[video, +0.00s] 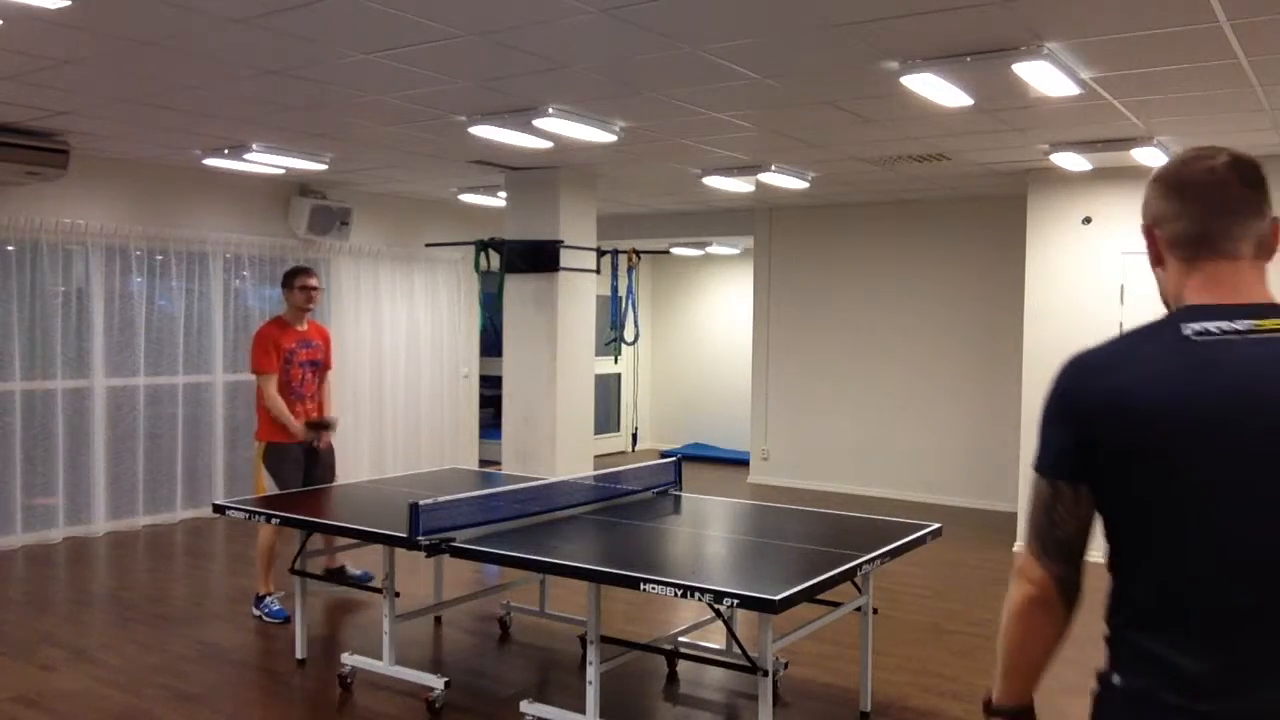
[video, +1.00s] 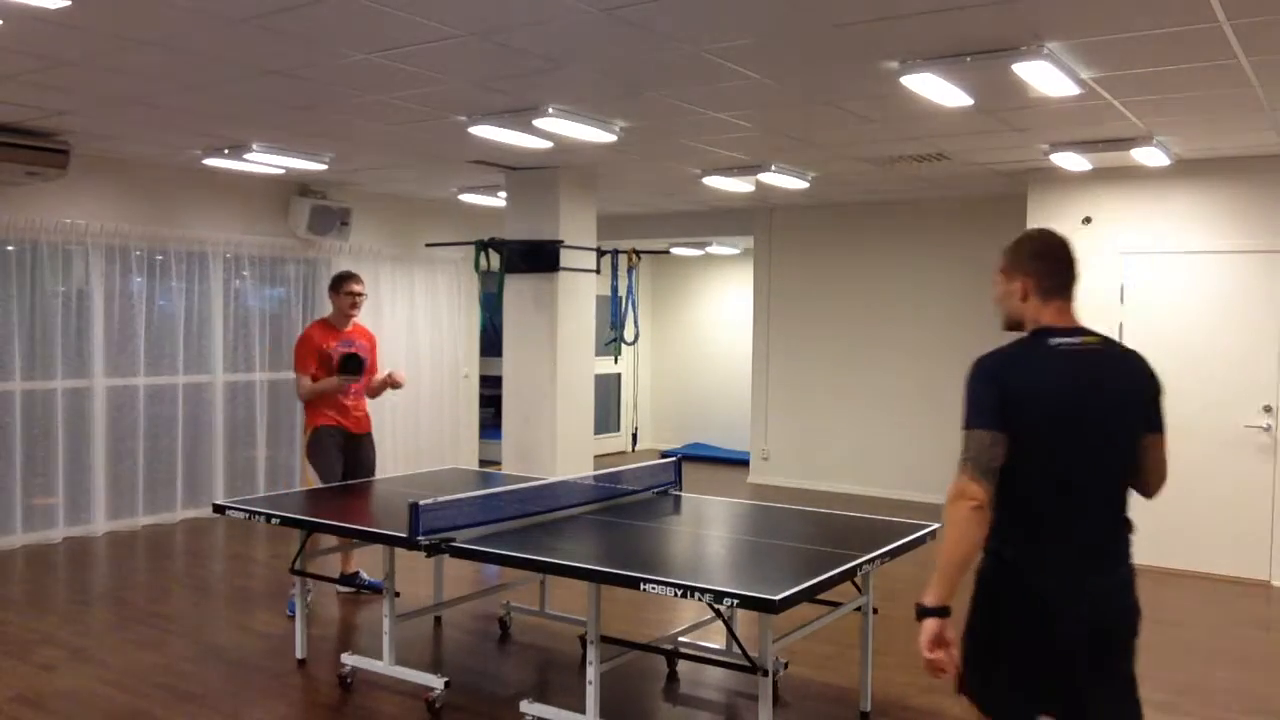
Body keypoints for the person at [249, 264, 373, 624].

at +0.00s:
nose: (311, 295)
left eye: (315, 290)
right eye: (304, 289)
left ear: (319, 294)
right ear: (286, 293)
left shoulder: (321, 334)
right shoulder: (269, 335)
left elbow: (325, 382)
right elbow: (267, 392)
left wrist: (326, 425)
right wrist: (299, 431)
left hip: (315, 436)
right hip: (280, 438)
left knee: (326, 503)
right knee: (277, 514)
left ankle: (333, 564)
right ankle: (264, 593)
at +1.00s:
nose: (357, 301)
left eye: (361, 296)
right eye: (350, 295)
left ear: (364, 300)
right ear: (333, 297)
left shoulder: (366, 338)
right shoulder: (312, 336)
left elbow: (369, 391)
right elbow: (303, 391)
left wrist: (386, 381)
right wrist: (338, 382)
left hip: (359, 426)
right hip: (325, 425)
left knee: (357, 500)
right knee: (331, 496)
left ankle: (348, 571)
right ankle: (301, 582)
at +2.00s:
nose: (334, 303)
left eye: (338, 298)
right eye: (328, 296)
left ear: (338, 302)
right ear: (308, 297)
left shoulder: (334, 337)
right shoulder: (285, 334)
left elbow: (358, 381)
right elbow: (251, 382)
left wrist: (365, 342)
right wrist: (292, 406)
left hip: (327, 437)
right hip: (291, 437)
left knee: (333, 509)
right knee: (277, 514)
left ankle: (334, 573)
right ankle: (264, 594)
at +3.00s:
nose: (325, 323)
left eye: (328, 317)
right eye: (319, 317)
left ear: (327, 319)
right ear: (297, 316)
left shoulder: (323, 351)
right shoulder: (267, 354)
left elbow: (323, 398)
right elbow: (244, 403)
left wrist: (341, 397)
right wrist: (270, 435)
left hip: (311, 447)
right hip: (272, 450)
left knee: (337, 509)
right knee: (258, 517)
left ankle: (342, 572)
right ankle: (217, 597)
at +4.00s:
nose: (349, 318)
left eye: (352, 313)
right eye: (343, 312)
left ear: (349, 316)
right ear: (324, 314)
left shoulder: (334, 348)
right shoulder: (301, 348)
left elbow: (317, 403)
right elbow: (286, 404)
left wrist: (341, 432)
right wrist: (315, 439)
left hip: (309, 439)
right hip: (277, 439)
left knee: (326, 502)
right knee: (259, 507)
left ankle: (324, 564)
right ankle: (230, 582)